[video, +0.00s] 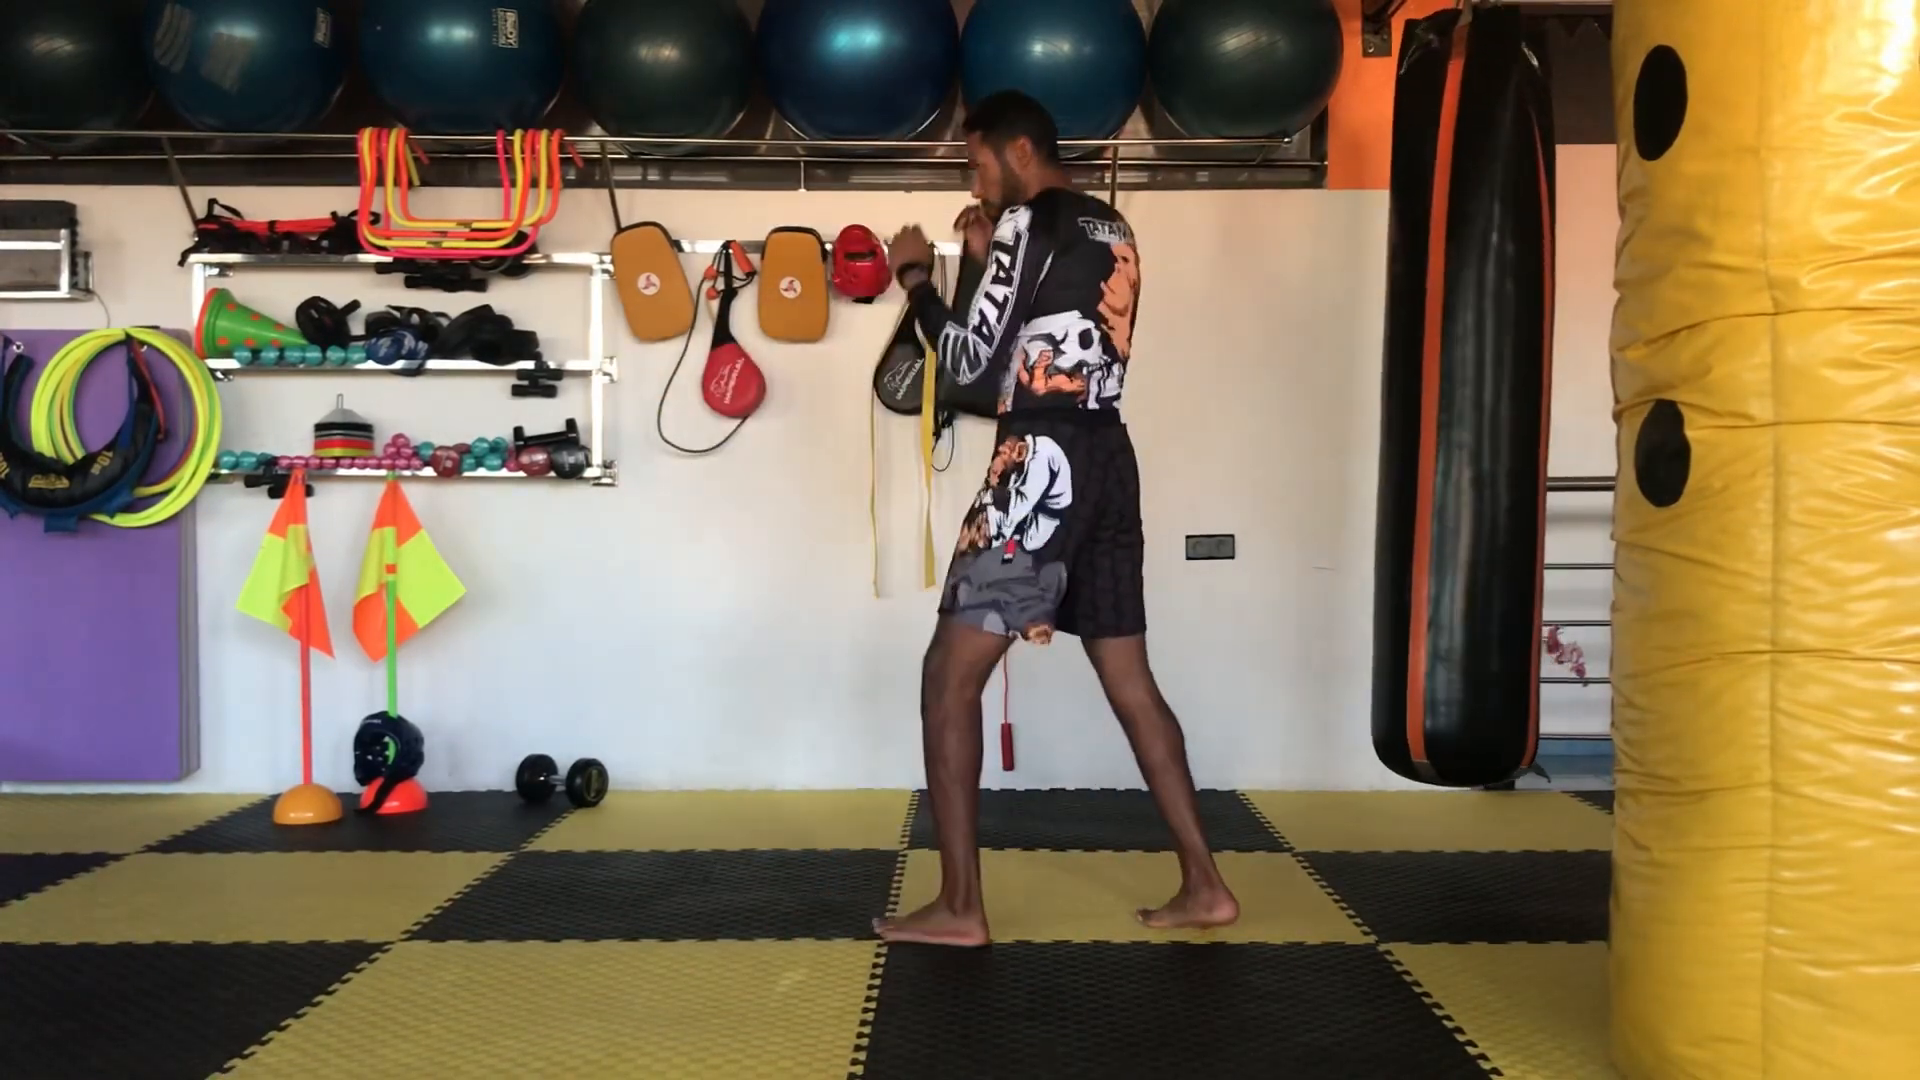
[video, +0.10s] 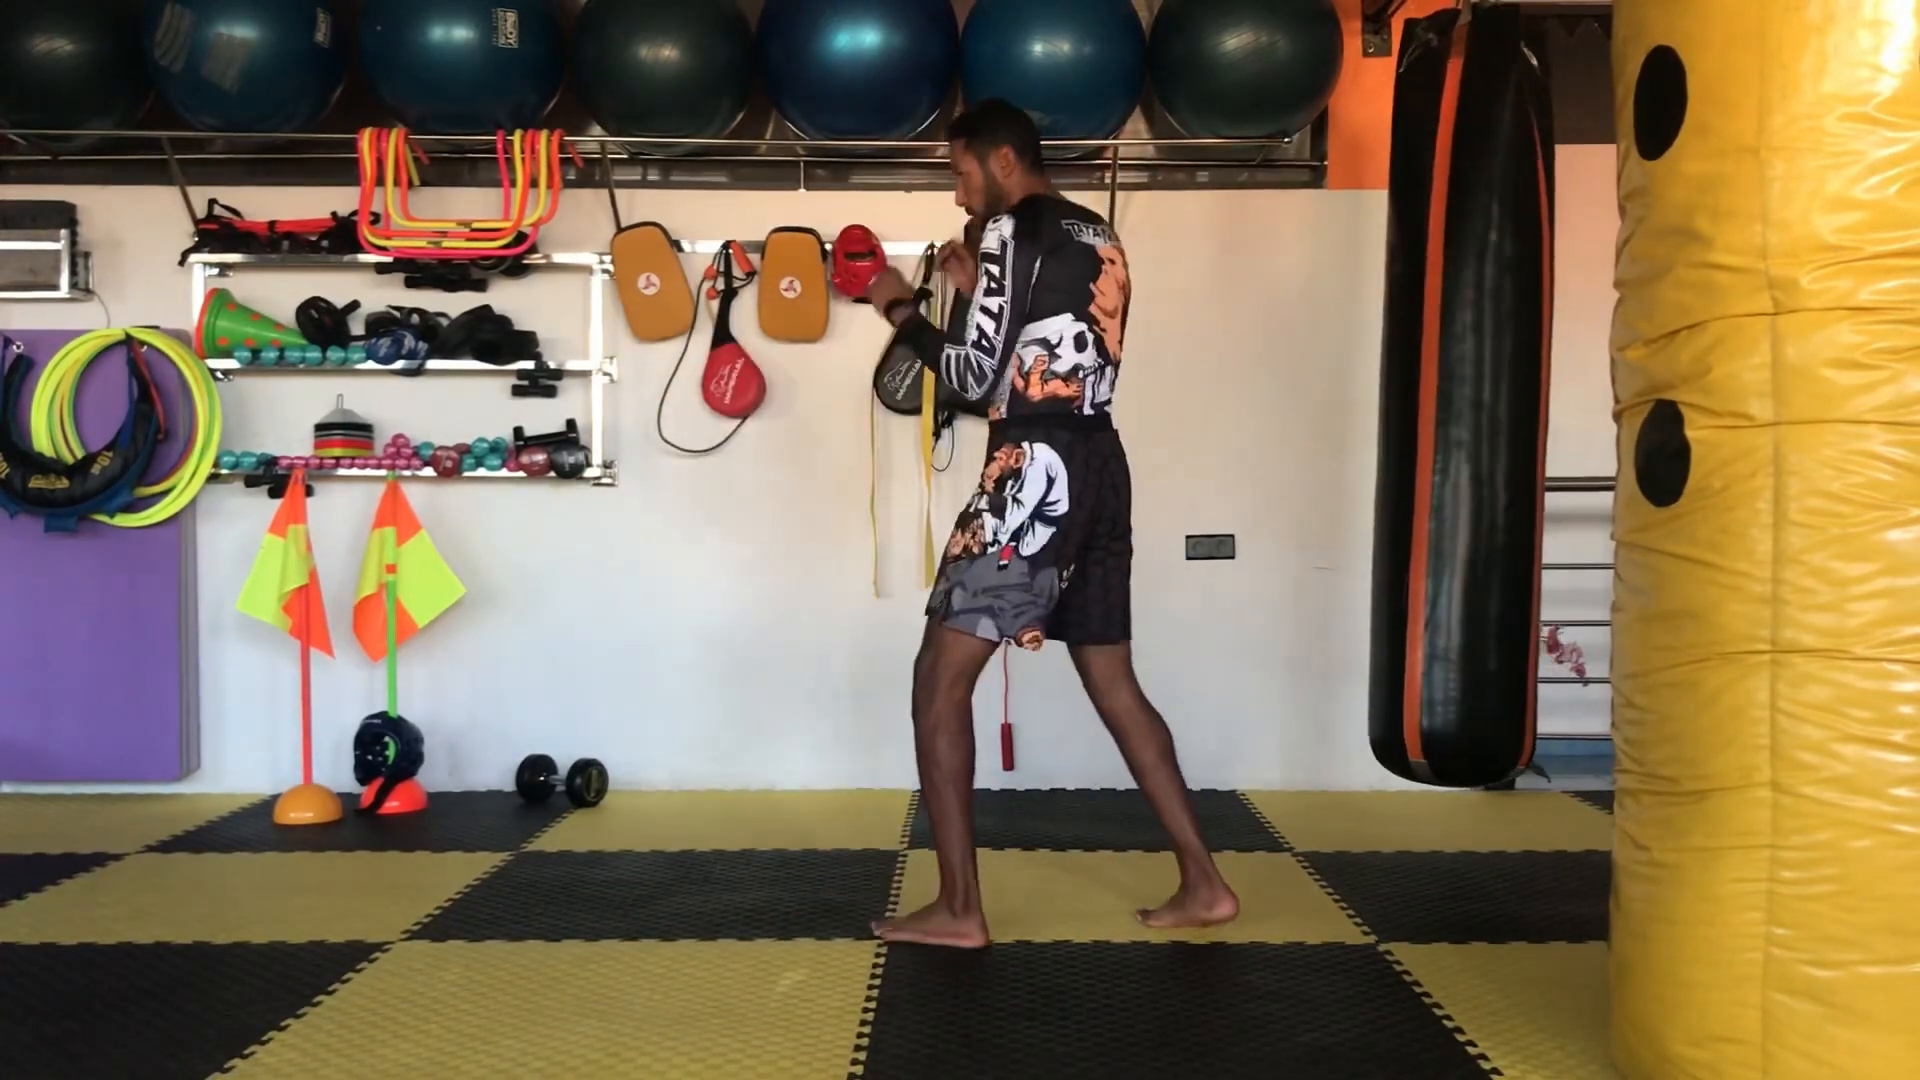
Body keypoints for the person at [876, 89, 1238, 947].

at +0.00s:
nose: (976, 180)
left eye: (977, 163)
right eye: (973, 166)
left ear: (1018, 151)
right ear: (1043, 150)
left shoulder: (1028, 225)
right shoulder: (1111, 228)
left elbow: (975, 361)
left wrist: (920, 282)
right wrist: (988, 262)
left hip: (1040, 465)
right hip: (1106, 464)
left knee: (951, 679)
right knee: (1133, 687)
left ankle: (959, 905)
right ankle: (1205, 883)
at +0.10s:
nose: (957, 190)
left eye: (959, 171)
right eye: (953, 173)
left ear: (1001, 161)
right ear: (1022, 160)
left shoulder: (1009, 236)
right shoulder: (1099, 236)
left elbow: (976, 379)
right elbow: (1068, 365)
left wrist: (909, 313)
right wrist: (976, 282)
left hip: (1031, 476)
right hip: (1098, 474)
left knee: (941, 683)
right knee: (1116, 687)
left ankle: (957, 907)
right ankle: (1204, 882)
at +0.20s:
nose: (948, 188)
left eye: (951, 169)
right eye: (945, 171)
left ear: (992, 158)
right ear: (1013, 157)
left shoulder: (1001, 230)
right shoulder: (1089, 233)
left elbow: (967, 373)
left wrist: (900, 304)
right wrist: (963, 282)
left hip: (1026, 464)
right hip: (1092, 462)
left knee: (945, 681)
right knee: (1096, 675)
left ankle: (958, 908)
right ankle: (1196, 865)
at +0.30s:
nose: (958, 182)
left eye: (958, 167)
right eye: (954, 168)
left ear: (996, 152)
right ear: (1022, 149)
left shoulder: (1001, 217)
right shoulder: (1091, 225)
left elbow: (933, 337)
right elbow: (1038, 331)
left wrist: (885, 268)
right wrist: (973, 249)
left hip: (1026, 459)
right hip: (1091, 456)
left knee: (954, 680)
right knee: (1080, 667)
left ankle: (958, 906)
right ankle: (1191, 847)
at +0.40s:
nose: (966, 181)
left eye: (966, 165)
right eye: (961, 167)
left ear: (1004, 152)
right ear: (1033, 149)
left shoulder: (1012, 216)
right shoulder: (1101, 226)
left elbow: (945, 333)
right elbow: (1048, 327)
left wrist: (901, 260)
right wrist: (984, 251)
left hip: (1033, 462)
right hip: (1095, 460)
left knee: (957, 677)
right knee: (1074, 671)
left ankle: (957, 907)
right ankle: (1195, 841)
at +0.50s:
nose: (977, 197)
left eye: (979, 180)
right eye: (973, 183)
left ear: (1020, 167)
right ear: (1031, 167)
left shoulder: (1050, 242)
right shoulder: (1085, 242)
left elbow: (1034, 379)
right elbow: (1023, 364)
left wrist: (953, 318)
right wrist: (964, 303)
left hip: (1058, 473)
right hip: (1098, 471)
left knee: (940, 669)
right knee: (1079, 687)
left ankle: (954, 899)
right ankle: (1205, 863)